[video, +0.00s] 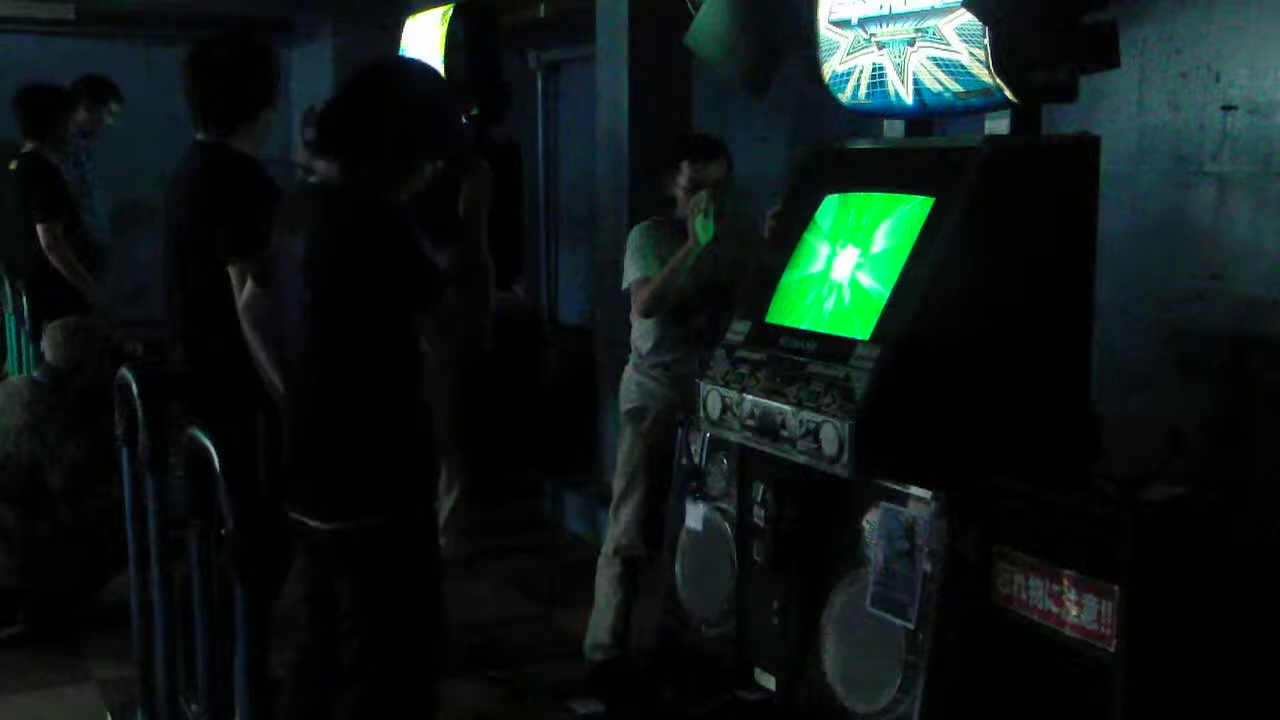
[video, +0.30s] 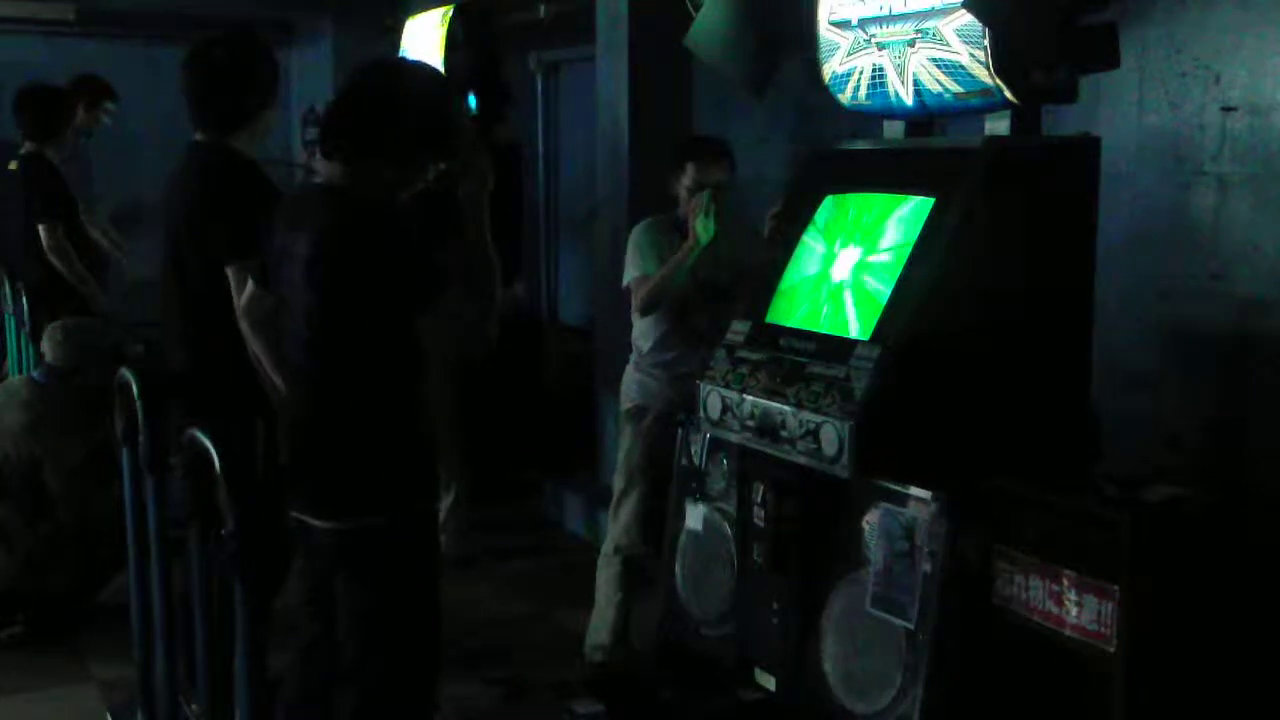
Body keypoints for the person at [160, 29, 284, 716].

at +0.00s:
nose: (278, 104)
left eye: (276, 91)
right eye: (273, 92)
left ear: (198, 98)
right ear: (262, 99)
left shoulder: (191, 172)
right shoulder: (242, 177)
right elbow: (249, 297)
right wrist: (282, 384)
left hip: (198, 377)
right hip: (237, 386)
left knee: (209, 529)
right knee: (253, 536)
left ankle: (207, 673)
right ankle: (244, 677)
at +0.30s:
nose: (277, 103)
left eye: (275, 90)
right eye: (272, 90)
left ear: (196, 97)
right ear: (261, 99)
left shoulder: (189, 172)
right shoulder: (241, 179)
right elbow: (247, 300)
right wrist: (287, 388)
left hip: (197, 380)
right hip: (238, 390)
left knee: (209, 533)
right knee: (252, 540)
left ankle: (208, 677)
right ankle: (246, 681)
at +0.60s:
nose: (275, 108)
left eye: (273, 95)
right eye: (270, 95)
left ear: (194, 99)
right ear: (259, 104)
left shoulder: (188, 172)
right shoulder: (239, 180)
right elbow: (247, 304)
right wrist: (289, 389)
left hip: (196, 381)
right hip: (236, 392)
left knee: (209, 533)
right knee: (255, 538)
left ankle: (203, 674)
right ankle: (241, 678)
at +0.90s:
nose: (276, 108)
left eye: (275, 93)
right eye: (270, 94)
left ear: (196, 99)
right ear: (249, 103)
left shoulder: (189, 171)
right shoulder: (234, 178)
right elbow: (243, 303)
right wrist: (289, 392)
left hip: (195, 381)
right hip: (233, 391)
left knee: (209, 534)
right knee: (253, 540)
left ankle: (204, 676)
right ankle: (241, 680)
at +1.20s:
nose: (281, 110)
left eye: (280, 95)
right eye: (273, 96)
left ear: (206, 100)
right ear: (245, 102)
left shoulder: (195, 171)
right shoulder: (235, 177)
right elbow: (242, 301)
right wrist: (287, 394)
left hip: (199, 381)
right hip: (234, 392)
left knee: (213, 536)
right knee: (252, 543)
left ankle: (210, 680)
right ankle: (244, 683)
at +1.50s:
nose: (292, 111)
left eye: (291, 96)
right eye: (285, 96)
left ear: (219, 100)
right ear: (256, 101)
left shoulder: (204, 167)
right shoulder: (243, 173)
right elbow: (239, 301)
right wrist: (282, 395)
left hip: (202, 383)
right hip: (234, 394)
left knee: (217, 538)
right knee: (252, 544)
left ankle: (216, 683)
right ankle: (245, 686)